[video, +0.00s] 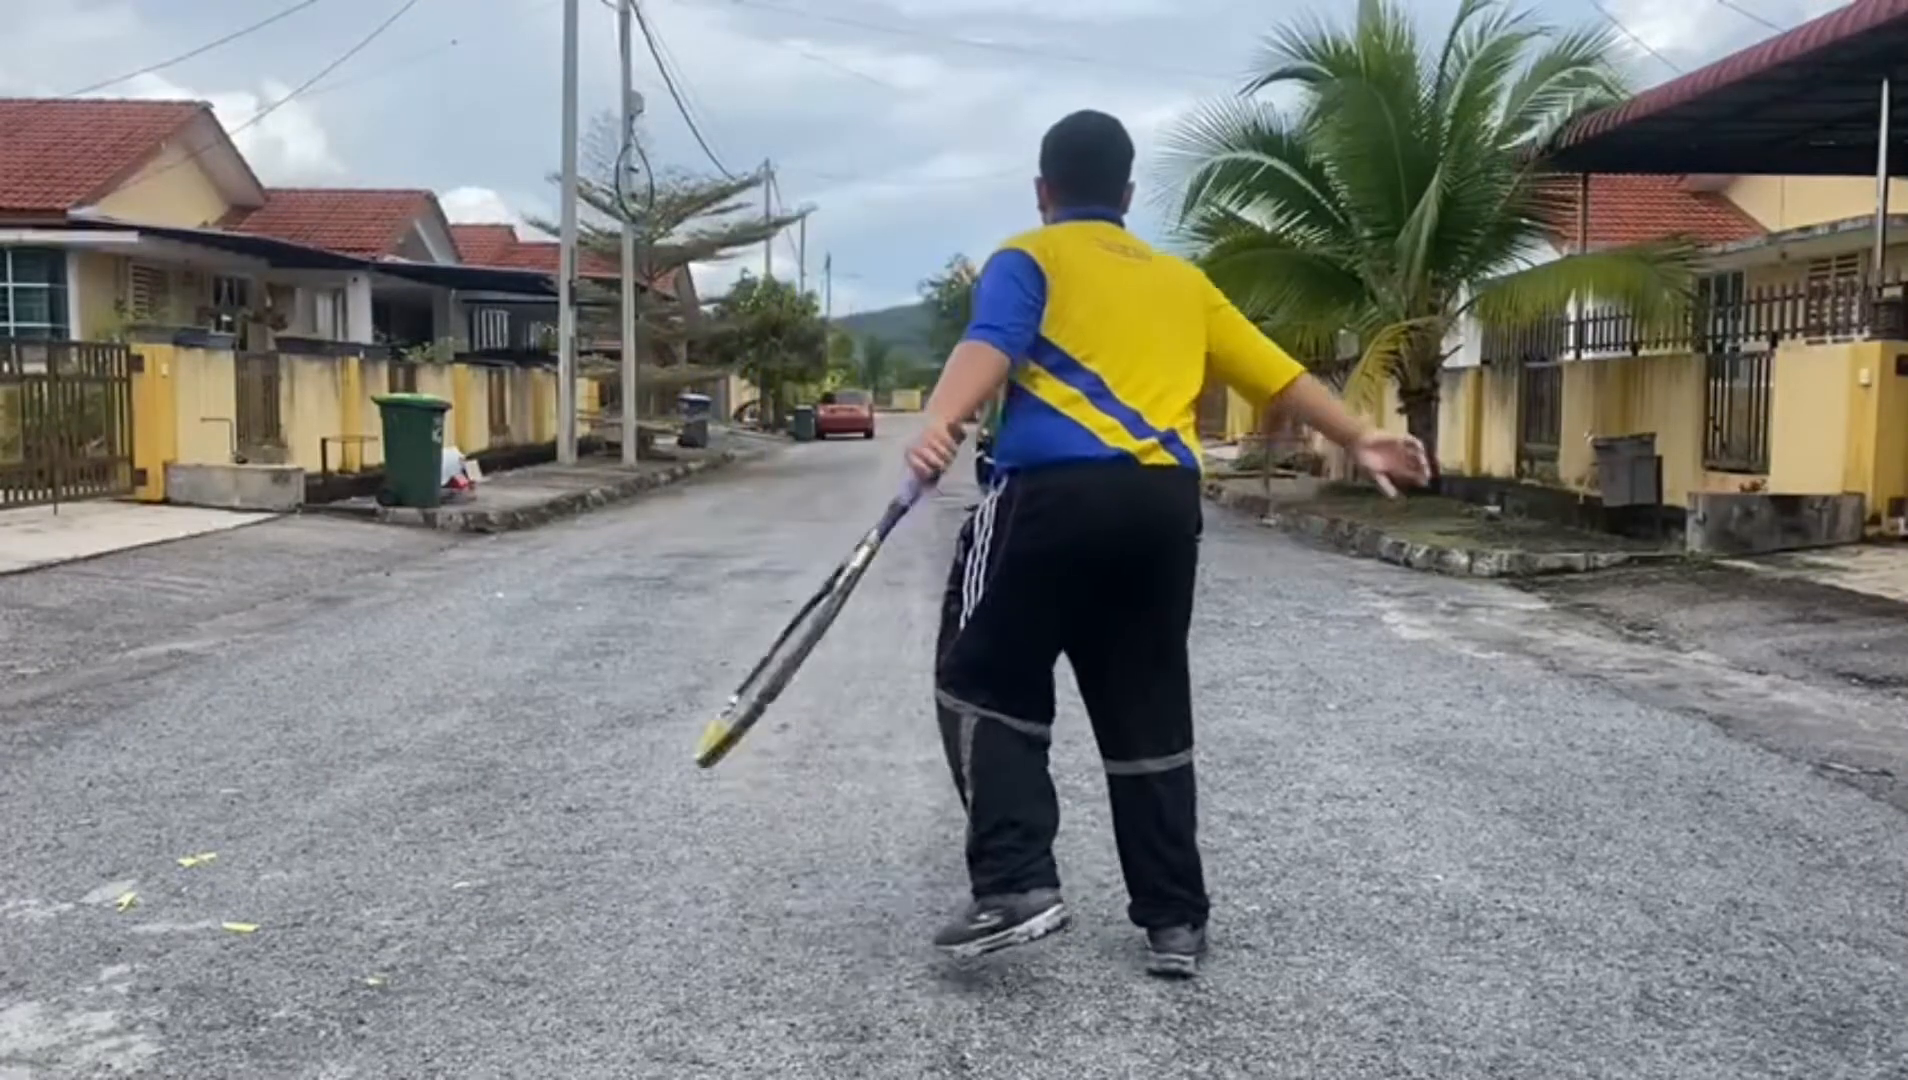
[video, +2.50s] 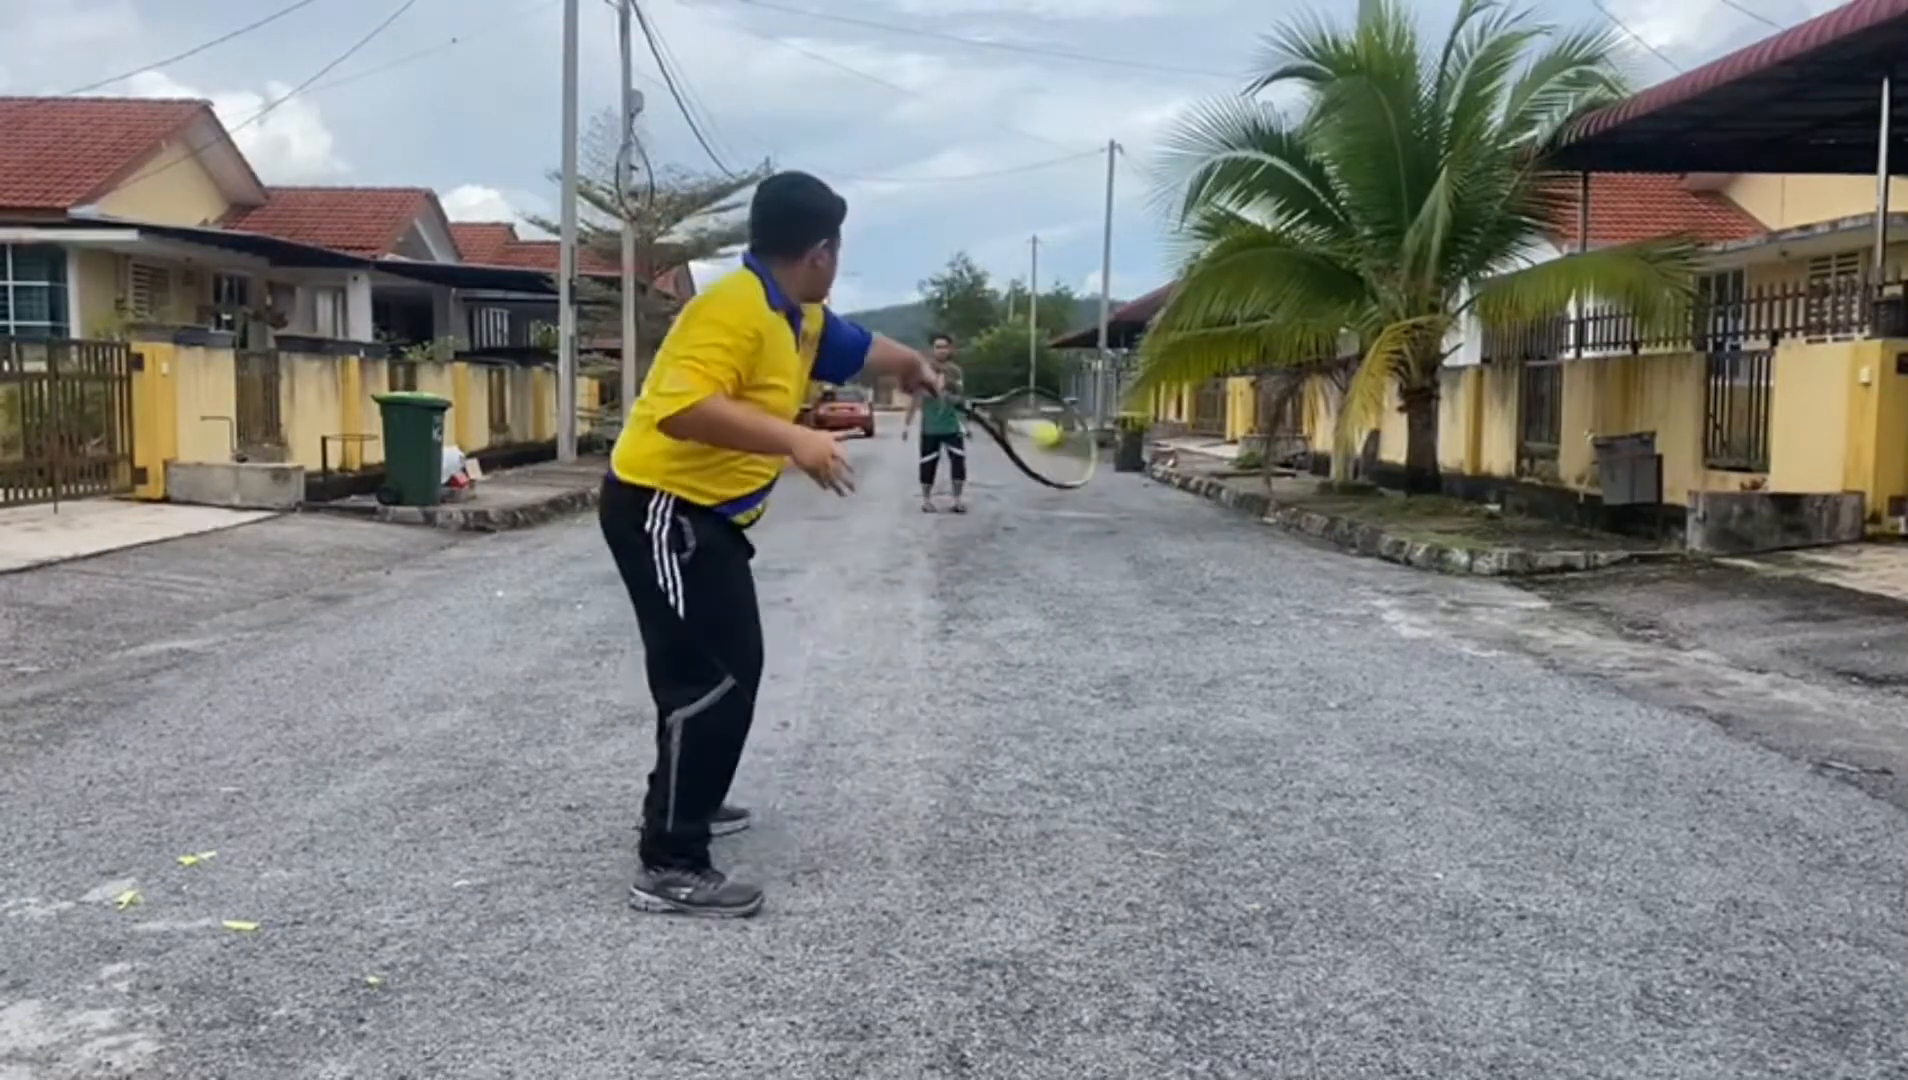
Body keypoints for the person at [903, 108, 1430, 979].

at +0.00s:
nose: (1039, 197)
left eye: (1039, 187)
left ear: (1045, 189)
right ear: (1127, 193)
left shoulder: (1032, 257)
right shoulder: (1183, 281)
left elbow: (991, 344)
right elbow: (1276, 373)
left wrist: (939, 421)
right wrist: (1359, 434)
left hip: (1053, 500)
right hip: (1162, 503)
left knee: (988, 683)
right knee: (1146, 702)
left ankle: (1016, 884)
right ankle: (1174, 920)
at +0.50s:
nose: (914, 186)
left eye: (913, 173)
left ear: (919, 174)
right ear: (1005, 171)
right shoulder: (1064, 272)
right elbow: (1080, 402)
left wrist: (816, 533)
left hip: (944, 518)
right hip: (1052, 518)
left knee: (921, 723)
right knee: (1059, 699)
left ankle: (920, 940)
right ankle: (1136, 873)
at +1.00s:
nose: (912, 281)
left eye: (909, 271)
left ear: (907, 276)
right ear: (968, 278)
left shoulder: (867, 337)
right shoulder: (997, 340)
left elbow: (850, 422)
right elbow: (1003, 430)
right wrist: (970, 477)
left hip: (872, 498)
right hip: (964, 499)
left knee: (846, 637)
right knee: (974, 638)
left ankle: (802, 777)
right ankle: (978, 772)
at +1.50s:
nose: (930, 314)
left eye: (927, 304)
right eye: (928, 304)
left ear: (863, 297)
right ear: (918, 303)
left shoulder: (827, 344)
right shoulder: (930, 357)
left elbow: (836, 436)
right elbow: (944, 473)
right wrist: (958, 540)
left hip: (767, 489)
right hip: (852, 490)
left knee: (797, 637)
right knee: (907, 627)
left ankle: (810, 772)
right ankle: (935, 775)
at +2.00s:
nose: (866, 255)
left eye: (864, 241)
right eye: (862, 241)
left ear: (801, 237)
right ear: (846, 243)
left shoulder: (816, 311)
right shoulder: (779, 290)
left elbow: (849, 376)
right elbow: (804, 385)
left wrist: (904, 379)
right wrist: (886, 345)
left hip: (745, 480)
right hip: (717, 477)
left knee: (753, 638)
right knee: (765, 642)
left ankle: (695, 776)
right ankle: (733, 819)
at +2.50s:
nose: (839, 259)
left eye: (837, 245)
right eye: (835, 245)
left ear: (774, 245)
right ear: (814, 253)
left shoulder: (794, 317)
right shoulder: (731, 306)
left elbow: (854, 348)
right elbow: (677, 408)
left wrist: (910, 365)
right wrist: (792, 437)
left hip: (705, 510)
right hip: (663, 507)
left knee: (729, 665)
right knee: (709, 675)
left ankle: (683, 802)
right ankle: (670, 863)